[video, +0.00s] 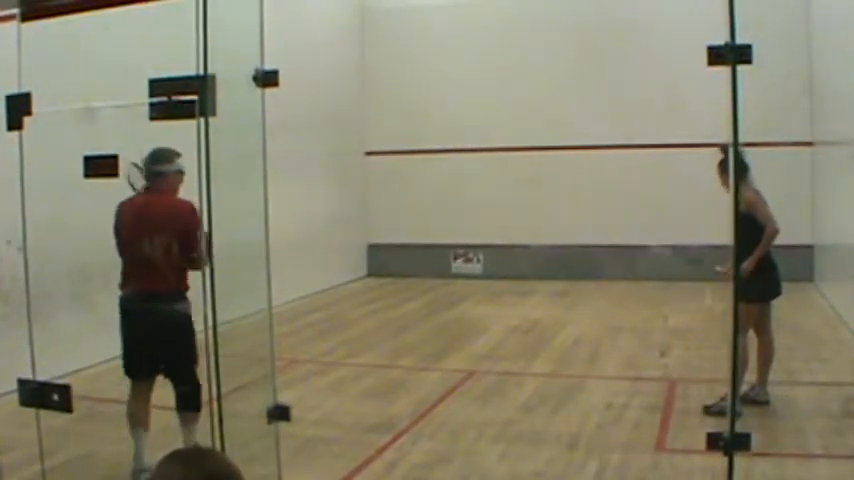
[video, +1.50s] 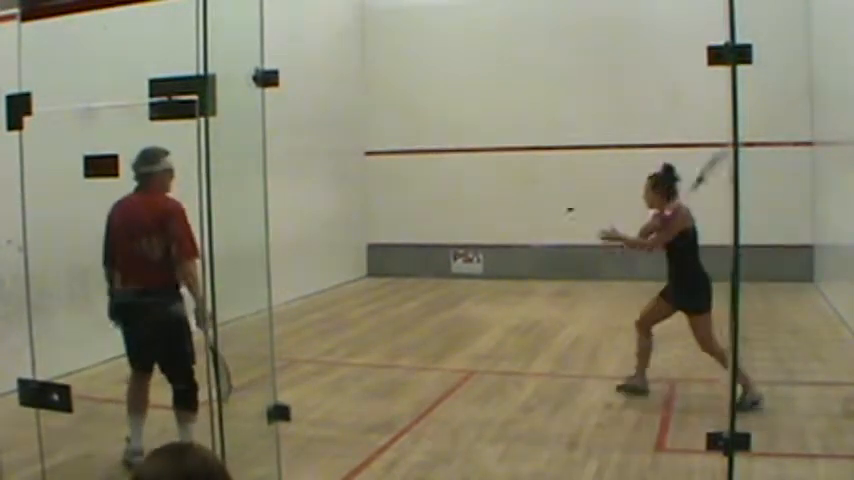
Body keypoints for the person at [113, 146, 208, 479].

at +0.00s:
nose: (181, 180)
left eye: (179, 175)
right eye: (179, 175)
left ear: (147, 176)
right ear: (175, 177)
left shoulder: (125, 209)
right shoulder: (185, 210)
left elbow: (126, 251)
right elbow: (197, 260)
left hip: (134, 307)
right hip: (174, 308)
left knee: (140, 384)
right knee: (185, 379)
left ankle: (139, 461)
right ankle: (192, 451)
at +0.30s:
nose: (197, 184)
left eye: (196, 179)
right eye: (195, 178)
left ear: (164, 176)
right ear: (188, 178)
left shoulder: (137, 208)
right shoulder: (194, 211)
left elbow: (123, 253)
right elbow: (207, 259)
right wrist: (204, 295)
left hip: (140, 302)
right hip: (179, 302)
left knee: (139, 368)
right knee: (188, 377)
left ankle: (127, 445)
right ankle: (191, 447)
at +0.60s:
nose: (180, 181)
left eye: (180, 175)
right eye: (177, 175)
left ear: (149, 175)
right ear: (165, 175)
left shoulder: (127, 210)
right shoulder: (173, 207)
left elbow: (120, 256)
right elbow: (183, 252)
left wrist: (150, 259)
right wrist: (197, 275)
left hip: (133, 300)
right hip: (169, 301)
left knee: (135, 372)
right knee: (183, 374)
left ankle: (127, 444)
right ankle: (190, 444)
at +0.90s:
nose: (168, 178)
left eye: (166, 173)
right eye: (165, 173)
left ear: (137, 176)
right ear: (159, 174)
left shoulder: (120, 209)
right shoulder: (161, 205)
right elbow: (169, 251)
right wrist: (190, 277)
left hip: (129, 302)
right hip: (163, 302)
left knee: (131, 373)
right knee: (181, 377)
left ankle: (127, 446)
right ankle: (189, 446)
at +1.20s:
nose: (179, 177)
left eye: (177, 171)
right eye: (175, 171)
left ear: (146, 174)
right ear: (164, 173)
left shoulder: (127, 210)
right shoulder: (172, 208)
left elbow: (122, 260)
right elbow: (184, 261)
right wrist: (201, 297)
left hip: (139, 300)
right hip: (173, 300)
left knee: (141, 370)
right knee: (185, 376)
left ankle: (129, 443)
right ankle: (190, 446)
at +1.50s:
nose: (172, 178)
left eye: (171, 172)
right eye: (169, 173)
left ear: (140, 176)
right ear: (159, 176)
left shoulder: (119, 209)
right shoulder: (170, 209)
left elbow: (110, 261)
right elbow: (186, 263)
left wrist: (115, 296)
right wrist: (200, 302)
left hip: (129, 302)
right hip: (165, 302)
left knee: (140, 371)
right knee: (182, 377)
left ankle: (134, 445)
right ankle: (187, 446)